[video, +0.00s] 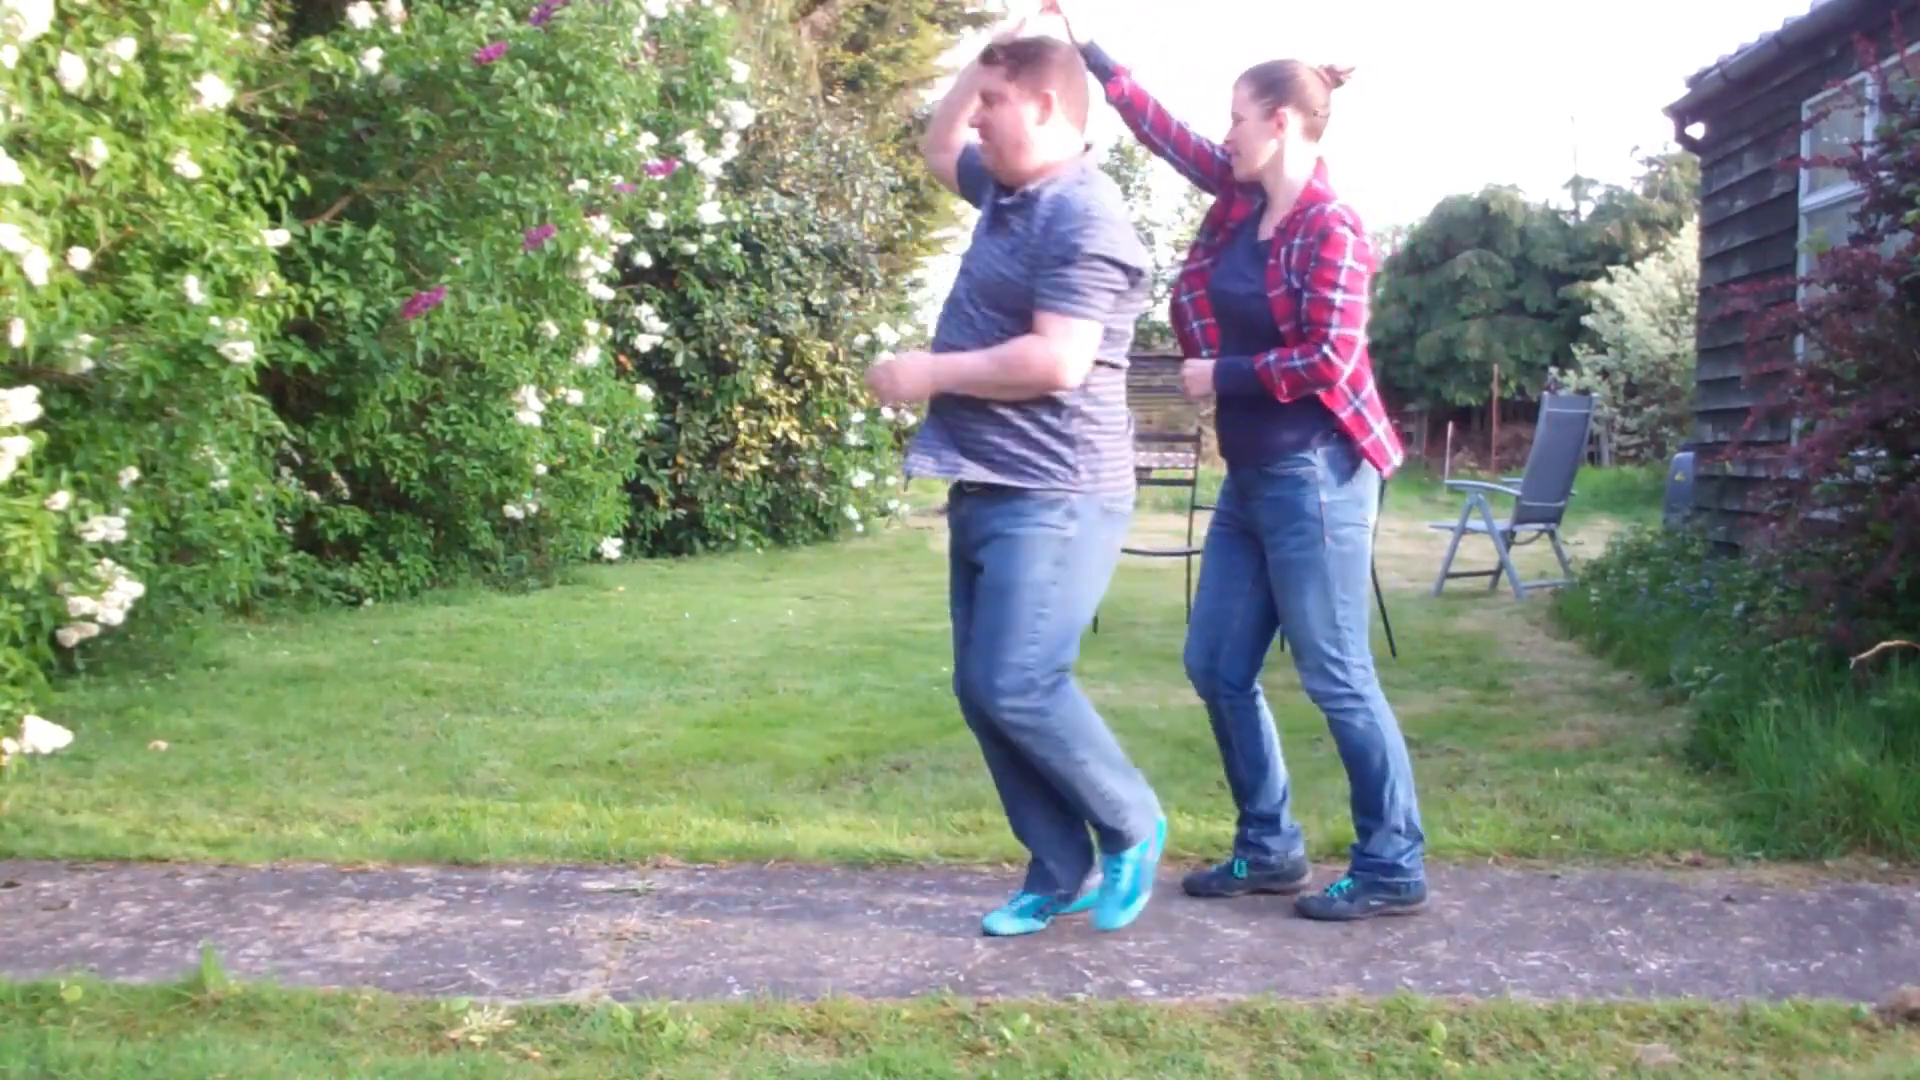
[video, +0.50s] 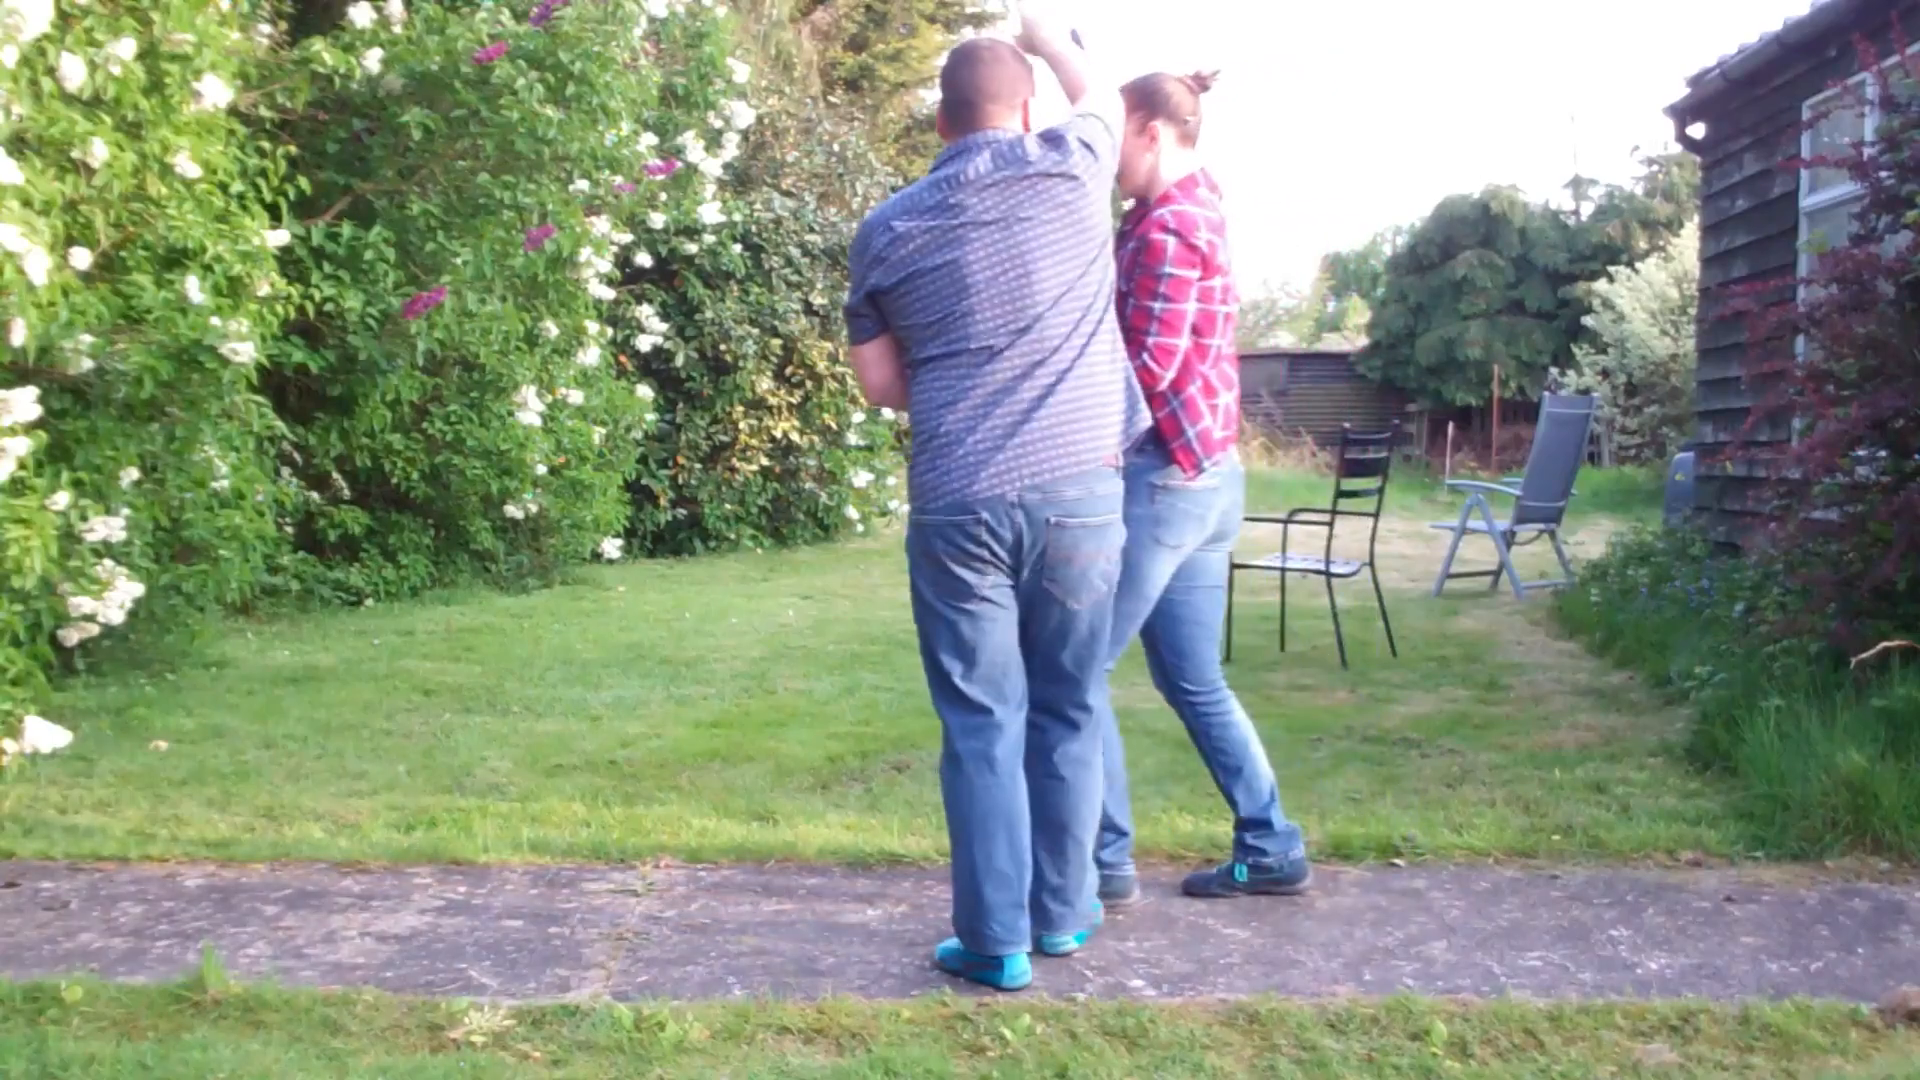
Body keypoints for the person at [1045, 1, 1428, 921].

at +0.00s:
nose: (1225, 133)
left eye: (1236, 119)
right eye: (1226, 119)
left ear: (1285, 126)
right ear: (1265, 130)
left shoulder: (1331, 227)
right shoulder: (1237, 199)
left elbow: (1331, 361)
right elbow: (1160, 126)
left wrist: (1223, 374)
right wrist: (1081, 45)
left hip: (1318, 468)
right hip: (1250, 471)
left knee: (1337, 674)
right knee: (1217, 665)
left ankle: (1392, 865)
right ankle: (1270, 847)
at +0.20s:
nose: (1192, 137)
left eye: (1202, 122)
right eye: (1194, 123)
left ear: (1248, 125)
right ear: (1240, 125)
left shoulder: (1282, 227)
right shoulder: (1214, 203)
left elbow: (1261, 366)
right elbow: (1141, 159)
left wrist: (1149, 373)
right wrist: (1065, 88)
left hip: (1260, 466)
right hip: (1212, 463)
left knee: (1251, 671)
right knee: (1216, 670)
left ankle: (1363, 839)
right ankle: (1271, 848)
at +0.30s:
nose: (1167, 140)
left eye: (1176, 124)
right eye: (1170, 125)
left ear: (1218, 127)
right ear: (1224, 128)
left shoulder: (1243, 224)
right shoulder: (1204, 201)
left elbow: (1227, 362)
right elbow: (1127, 157)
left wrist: (1127, 373)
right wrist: (1060, 88)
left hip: (1226, 466)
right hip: (1251, 462)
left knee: (1168, 665)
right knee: (1230, 668)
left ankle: (1304, 811)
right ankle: (1265, 849)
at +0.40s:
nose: (1129, 143)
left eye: (1141, 129)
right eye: (1131, 128)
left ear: (1187, 132)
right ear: (1192, 135)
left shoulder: (1205, 224)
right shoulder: (1198, 215)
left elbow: (1187, 360)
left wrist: (1089, 380)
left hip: (1195, 475)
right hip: (1241, 472)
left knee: (1116, 662)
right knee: (1213, 669)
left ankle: (1196, 838)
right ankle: (1276, 848)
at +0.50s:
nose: (1106, 152)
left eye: (1115, 135)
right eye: (1108, 136)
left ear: (1152, 135)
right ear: (1163, 136)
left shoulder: (1169, 228)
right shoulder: (1191, 212)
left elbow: (1152, 368)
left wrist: (1069, 410)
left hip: (1166, 482)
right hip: (1213, 474)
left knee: (1075, 669)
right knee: (1193, 678)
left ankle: (1105, 860)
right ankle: (1270, 846)